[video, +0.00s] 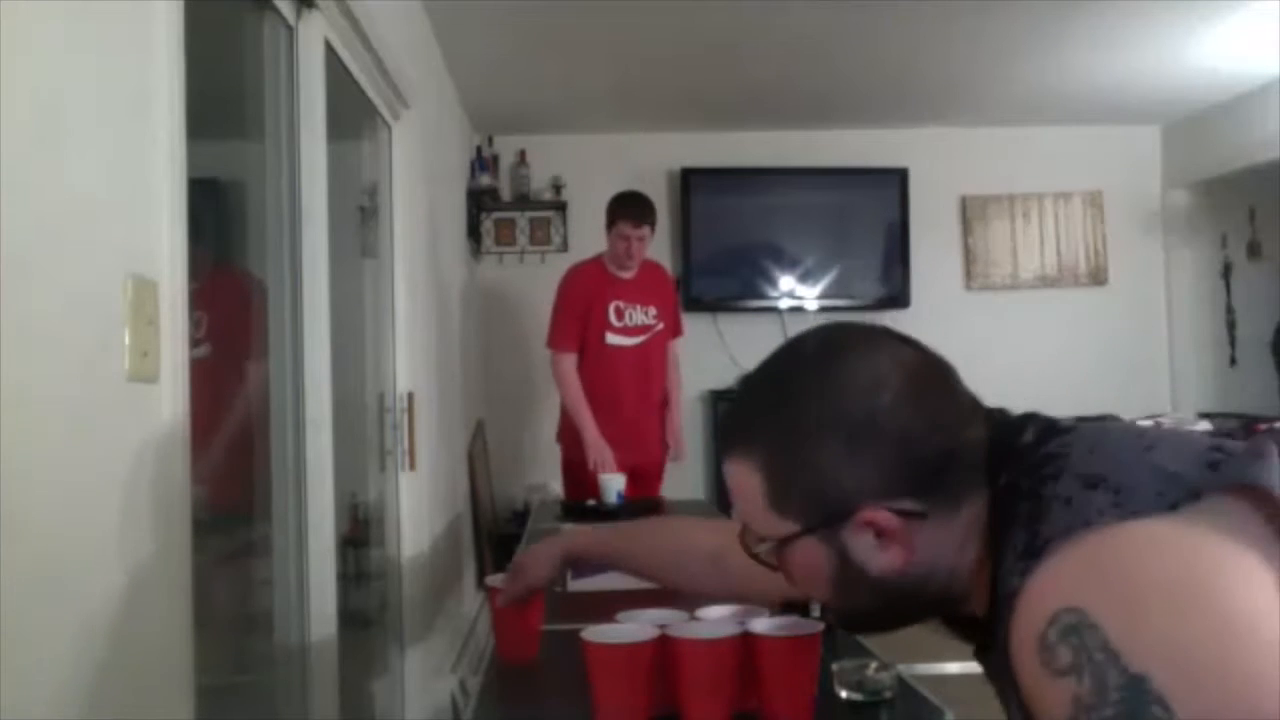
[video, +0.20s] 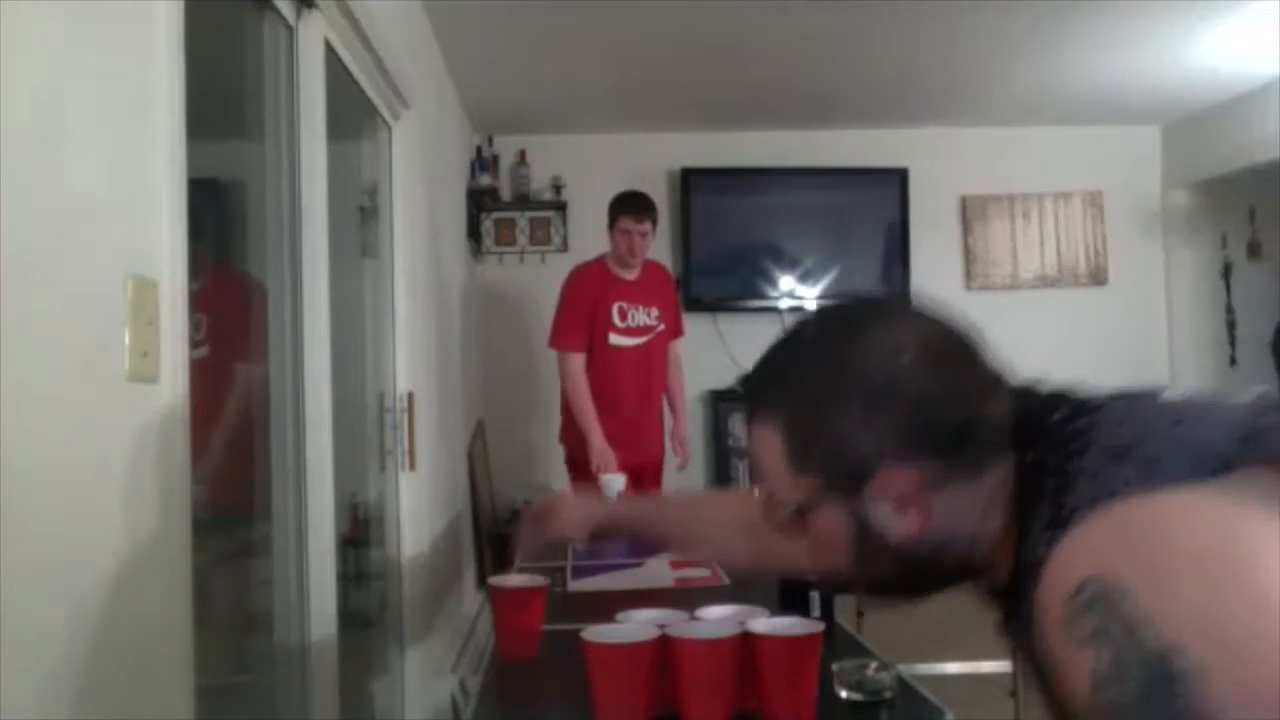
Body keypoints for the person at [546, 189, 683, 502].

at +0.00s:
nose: (631, 249)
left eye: (640, 240)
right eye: (623, 238)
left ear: (651, 238)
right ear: (608, 235)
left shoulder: (661, 280)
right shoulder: (580, 281)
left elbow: (670, 355)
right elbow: (563, 363)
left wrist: (673, 421)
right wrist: (592, 438)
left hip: (647, 443)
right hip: (591, 446)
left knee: (645, 544)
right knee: (594, 544)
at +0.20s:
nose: (634, 243)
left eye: (642, 234)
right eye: (625, 233)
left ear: (652, 237)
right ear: (610, 234)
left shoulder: (661, 280)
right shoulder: (584, 281)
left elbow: (671, 355)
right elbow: (572, 370)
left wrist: (679, 421)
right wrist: (596, 441)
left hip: (646, 440)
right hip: (594, 443)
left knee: (647, 535)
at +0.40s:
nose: (633, 239)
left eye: (641, 230)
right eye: (623, 229)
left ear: (651, 233)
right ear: (608, 231)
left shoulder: (661, 278)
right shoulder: (584, 281)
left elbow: (673, 355)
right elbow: (573, 371)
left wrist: (683, 423)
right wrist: (597, 444)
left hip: (651, 440)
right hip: (597, 444)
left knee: (646, 544)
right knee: (602, 543)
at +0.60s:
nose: (628, 235)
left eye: (636, 226)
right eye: (619, 226)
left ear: (647, 230)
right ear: (603, 228)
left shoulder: (660, 276)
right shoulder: (581, 280)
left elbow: (671, 353)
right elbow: (567, 369)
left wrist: (681, 419)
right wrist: (596, 447)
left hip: (652, 445)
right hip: (596, 450)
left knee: (651, 545)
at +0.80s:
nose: (624, 233)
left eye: (632, 224)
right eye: (614, 224)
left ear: (643, 227)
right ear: (600, 227)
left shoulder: (658, 274)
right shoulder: (576, 280)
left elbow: (668, 348)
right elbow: (555, 366)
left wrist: (682, 415)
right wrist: (592, 437)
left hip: (653, 447)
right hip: (594, 451)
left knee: (656, 547)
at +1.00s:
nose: (623, 233)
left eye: (632, 223)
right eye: (613, 223)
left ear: (643, 226)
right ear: (599, 227)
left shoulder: (657, 273)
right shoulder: (574, 281)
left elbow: (669, 345)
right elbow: (552, 363)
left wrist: (685, 411)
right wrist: (591, 421)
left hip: (650, 445)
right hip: (593, 450)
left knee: (651, 547)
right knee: (595, 546)